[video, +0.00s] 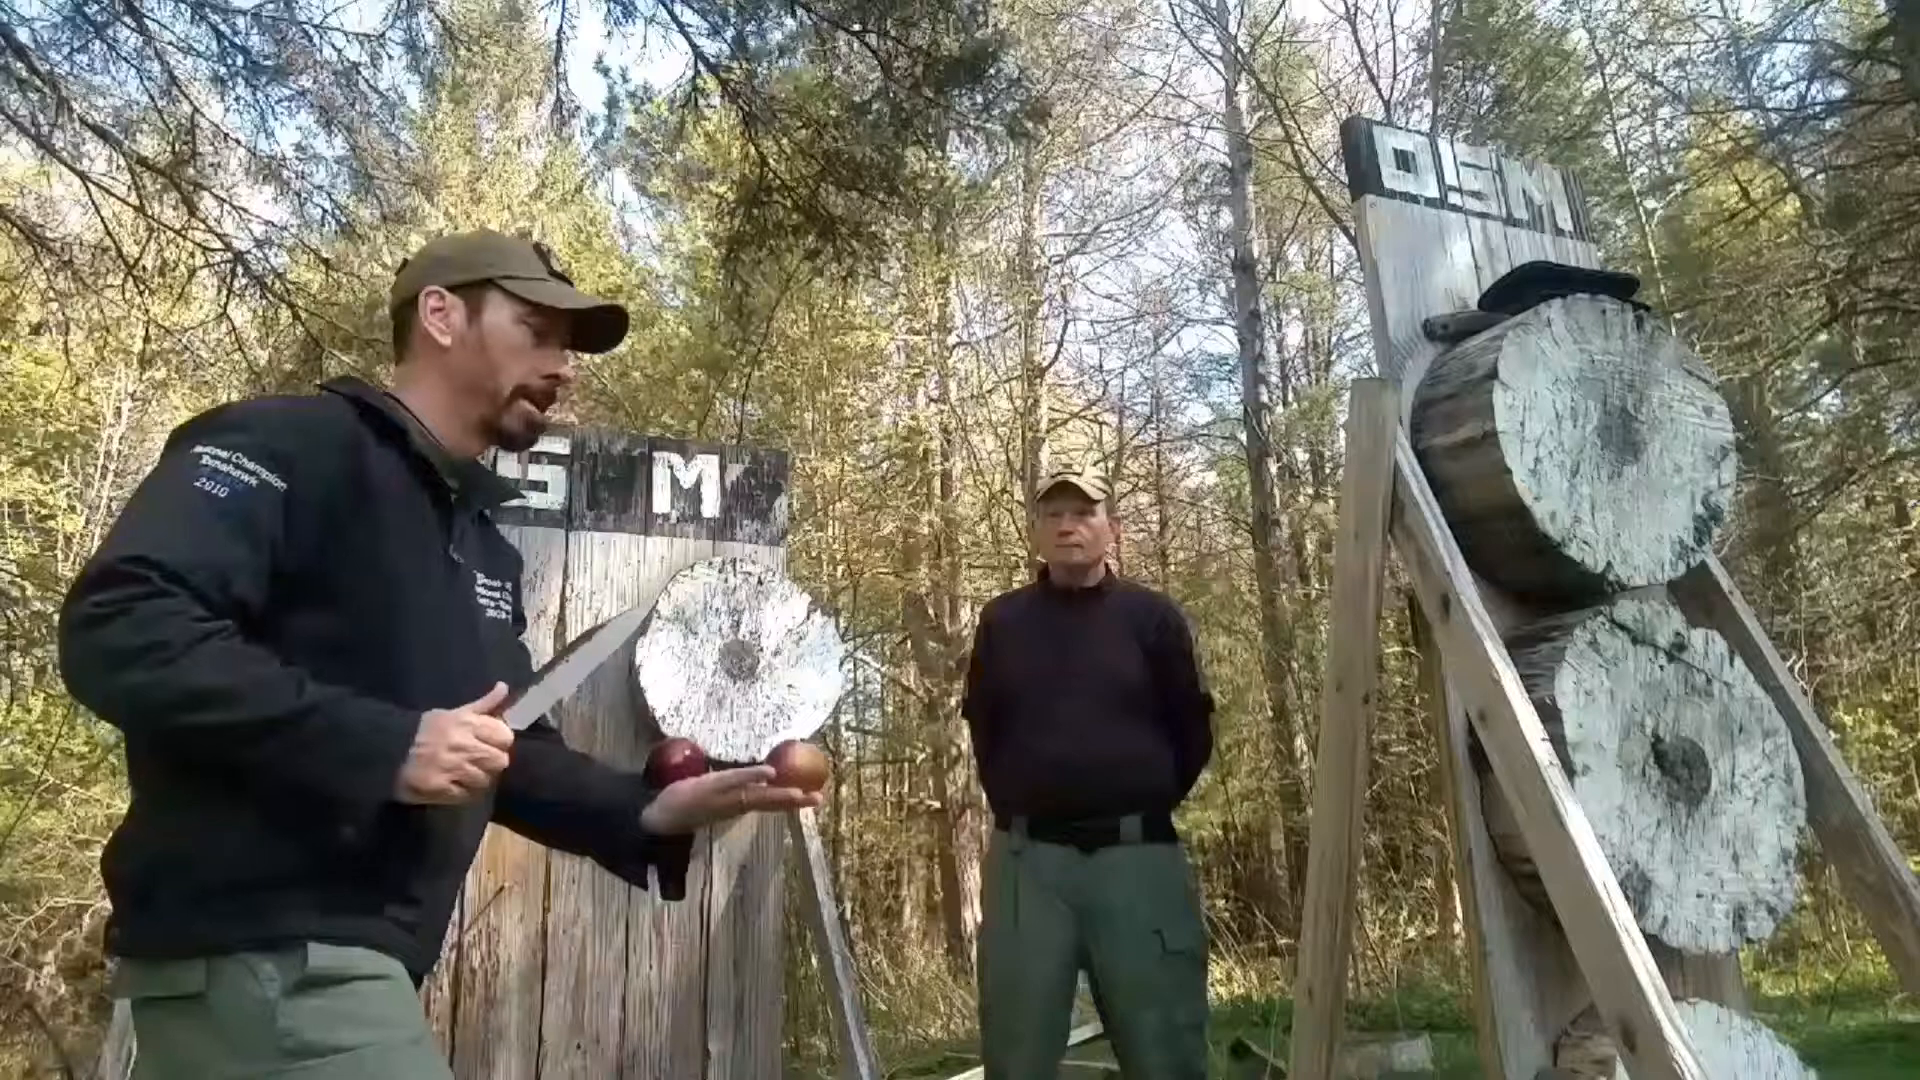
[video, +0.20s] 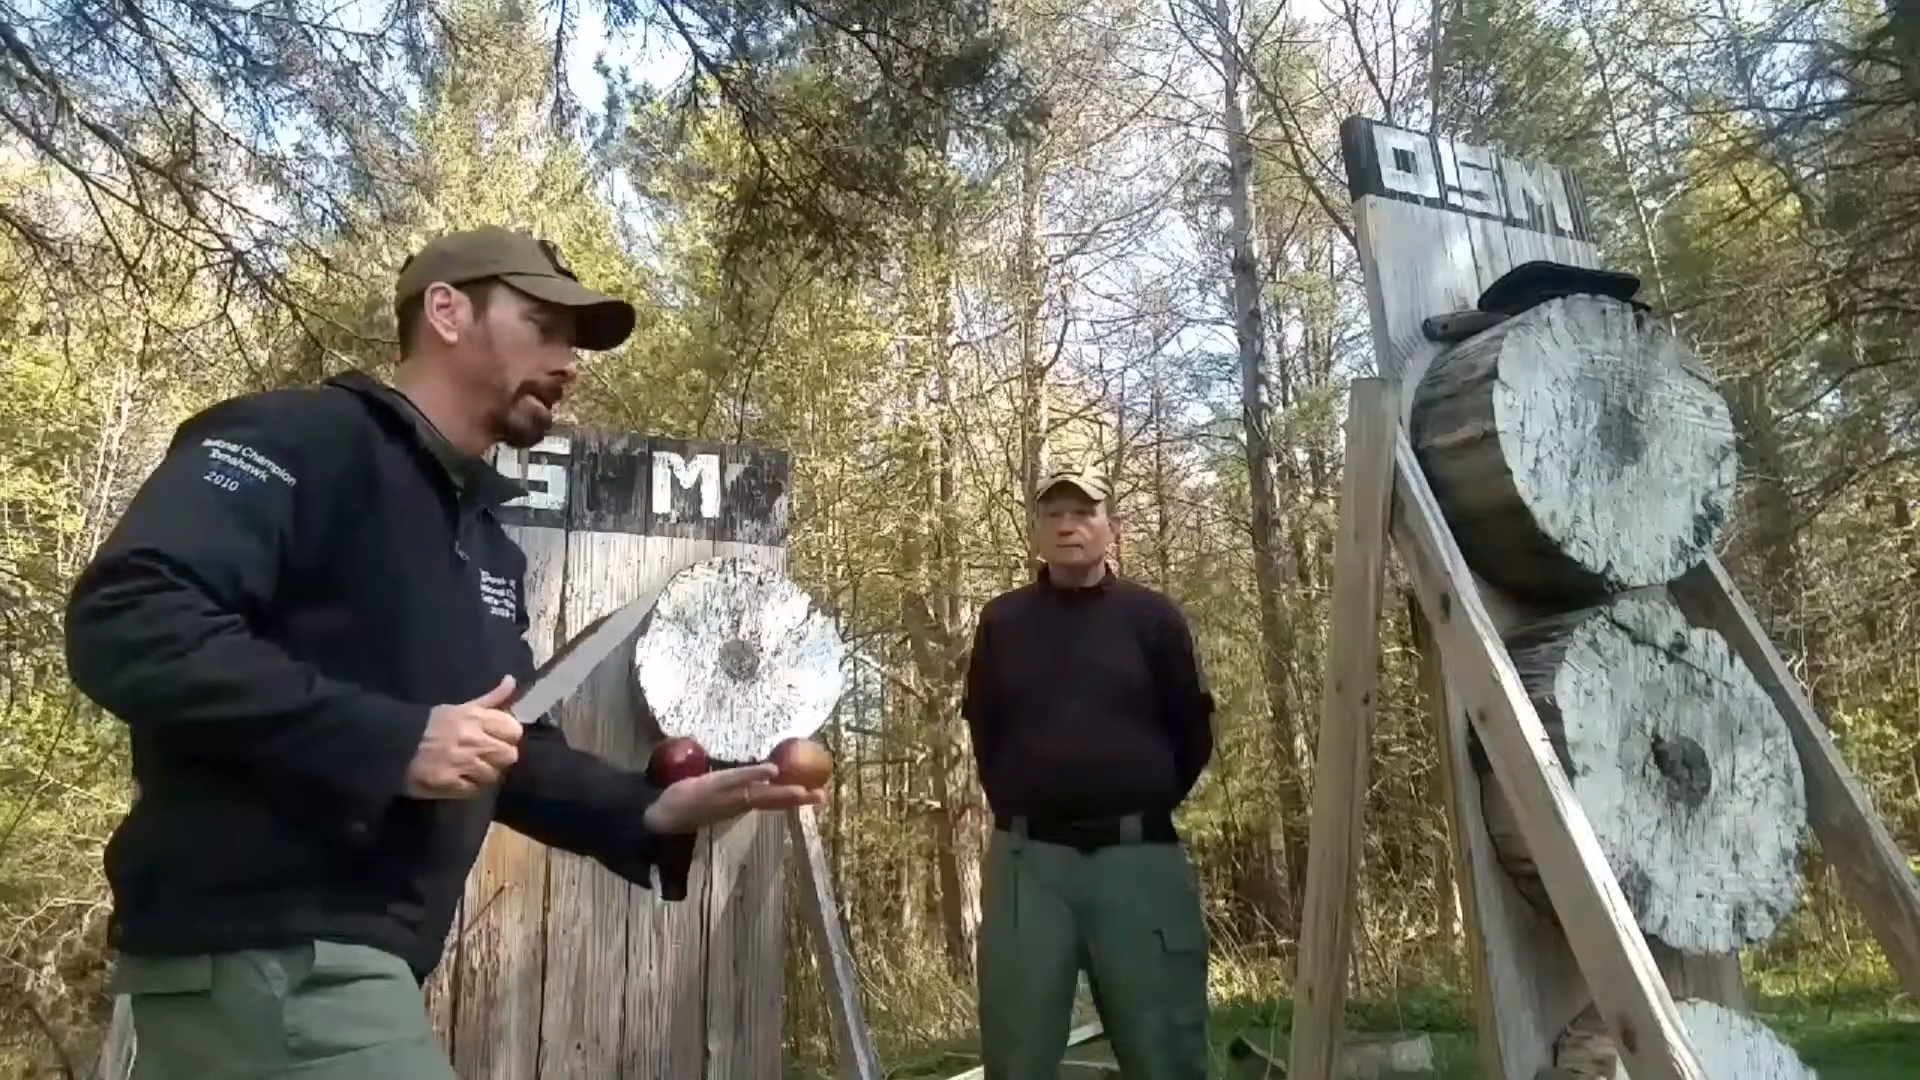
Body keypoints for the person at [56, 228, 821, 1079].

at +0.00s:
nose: (565, 369)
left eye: (572, 346)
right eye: (543, 331)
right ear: (443, 316)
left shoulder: (487, 553)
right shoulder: (285, 445)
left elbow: (487, 749)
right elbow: (118, 628)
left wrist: (652, 808)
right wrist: (385, 743)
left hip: (348, 967)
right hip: (264, 968)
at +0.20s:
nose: (572, 364)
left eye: (577, 342)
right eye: (550, 327)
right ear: (449, 313)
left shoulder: (488, 546)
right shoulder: (298, 436)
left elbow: (493, 748)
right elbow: (126, 622)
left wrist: (657, 808)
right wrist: (396, 740)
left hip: (349, 965)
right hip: (270, 966)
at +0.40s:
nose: (583, 354)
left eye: (588, 334)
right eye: (559, 318)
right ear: (458, 305)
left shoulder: (493, 539)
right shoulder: (316, 421)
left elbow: (496, 742)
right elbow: (141, 607)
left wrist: (658, 808)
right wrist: (413, 728)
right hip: (275, 956)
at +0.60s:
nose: (589, 350)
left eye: (594, 331)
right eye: (565, 314)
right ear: (464, 302)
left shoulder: (494, 537)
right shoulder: (321, 418)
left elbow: (493, 740)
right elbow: (150, 601)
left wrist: (660, 809)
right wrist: (421, 725)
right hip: (279, 954)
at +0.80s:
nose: (591, 354)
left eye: (596, 334)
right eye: (567, 319)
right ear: (466, 308)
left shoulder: (495, 539)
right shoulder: (322, 422)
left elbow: (493, 747)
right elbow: (151, 608)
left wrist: (660, 817)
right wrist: (421, 733)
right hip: (275, 964)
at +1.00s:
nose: (586, 374)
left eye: (592, 350)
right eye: (565, 336)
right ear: (464, 324)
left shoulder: (492, 556)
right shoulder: (312, 447)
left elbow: (492, 763)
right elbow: (146, 640)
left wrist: (657, 841)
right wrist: (417, 759)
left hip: (353, 979)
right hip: (264, 979)